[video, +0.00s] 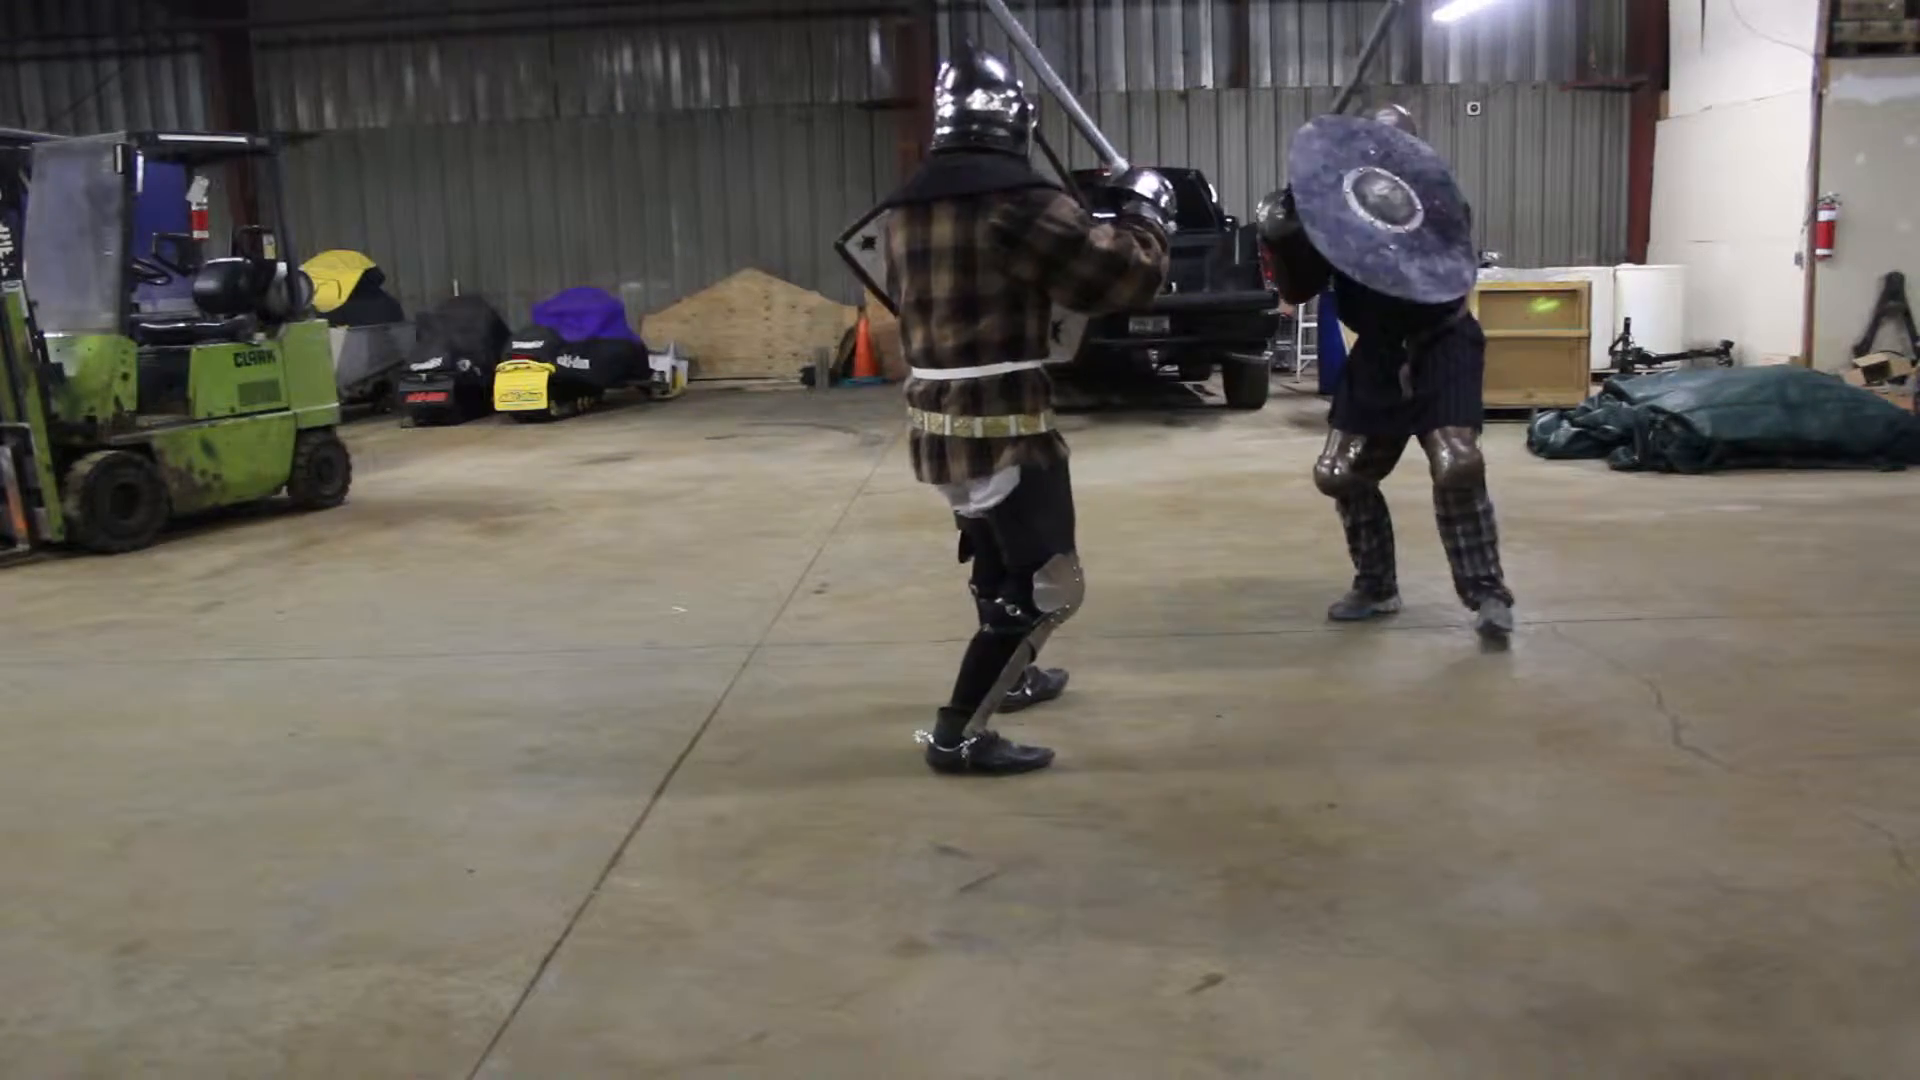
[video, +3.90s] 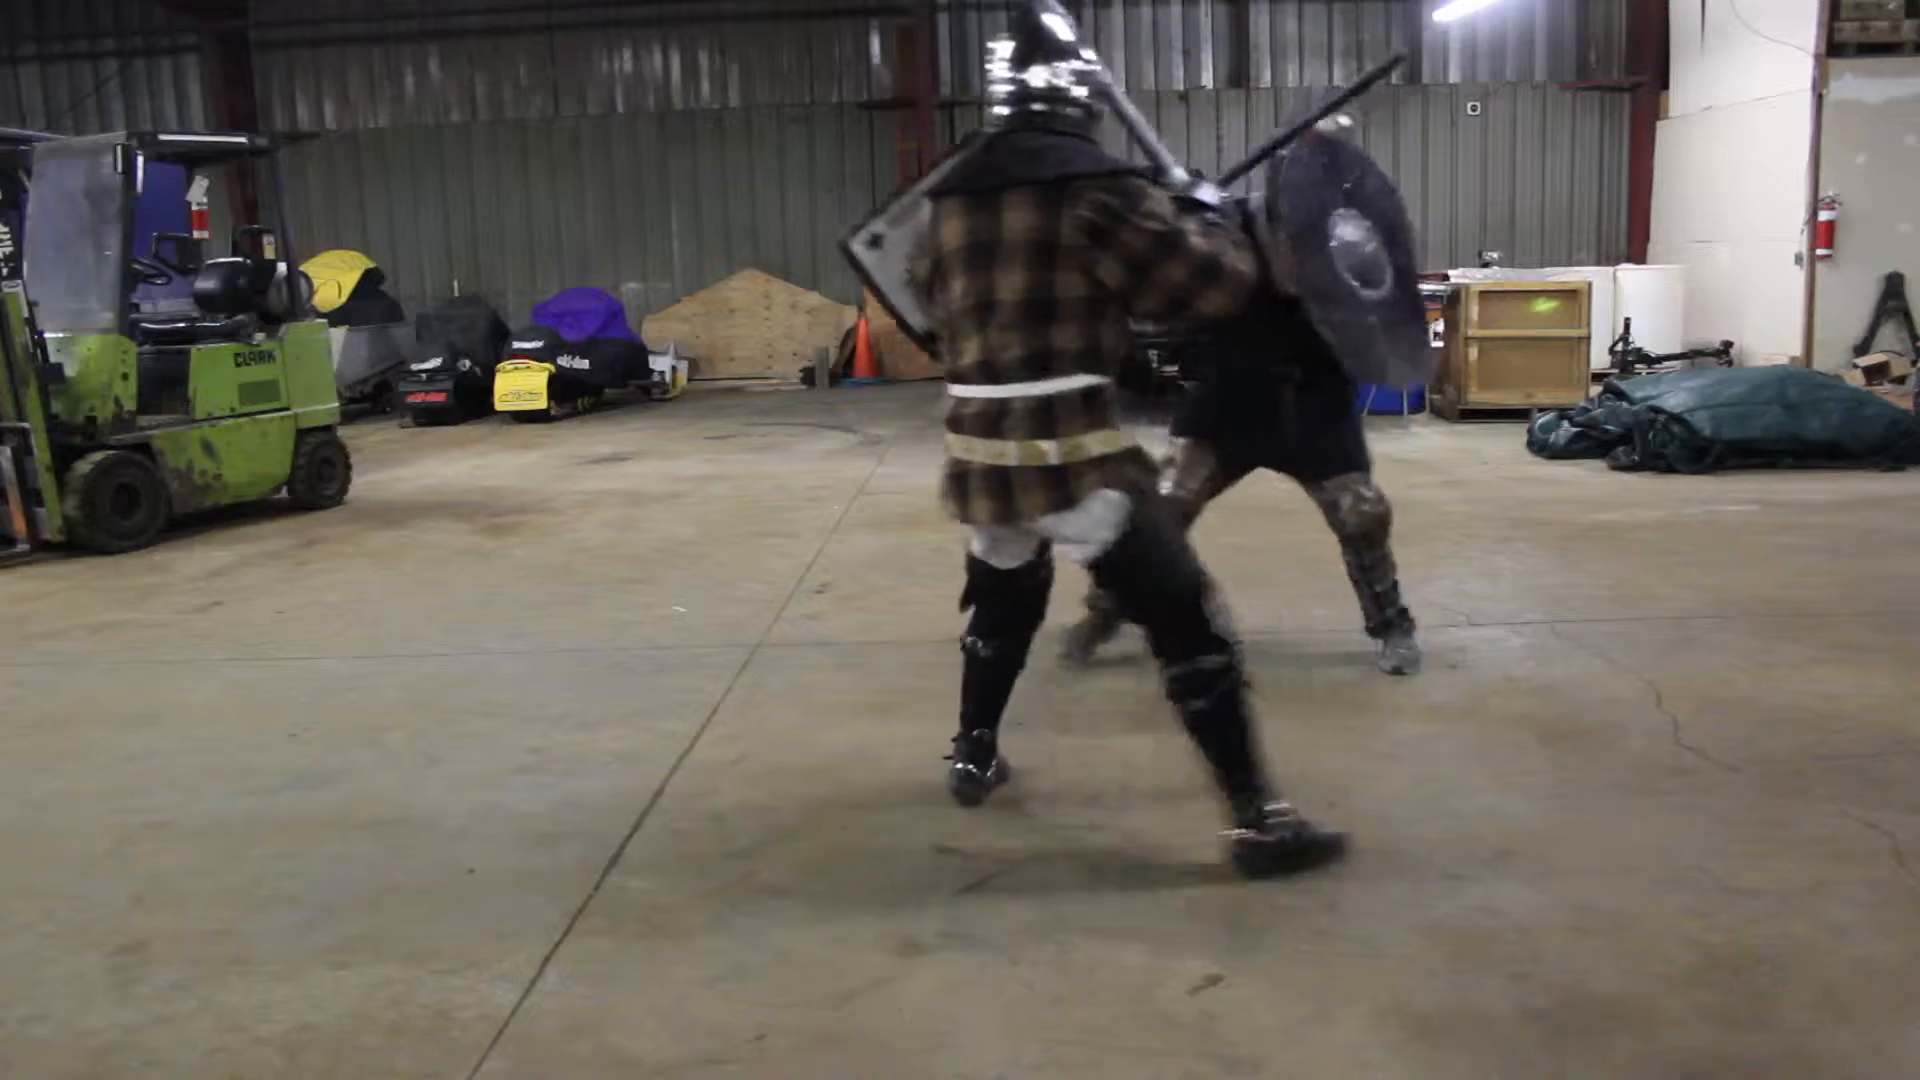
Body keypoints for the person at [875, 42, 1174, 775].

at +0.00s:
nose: (1025, 126)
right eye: (1020, 114)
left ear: (942, 116)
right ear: (1015, 117)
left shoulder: (911, 206)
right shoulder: (1019, 201)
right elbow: (1126, 273)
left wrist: (1082, 204)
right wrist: (1150, 210)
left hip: (939, 426)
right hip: (1006, 430)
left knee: (994, 556)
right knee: (1046, 587)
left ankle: (1010, 676)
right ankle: (958, 732)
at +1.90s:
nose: (1090, 99)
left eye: (1082, 85)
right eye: (1086, 86)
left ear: (998, 78)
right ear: (1076, 88)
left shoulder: (945, 175)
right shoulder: (1091, 182)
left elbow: (921, 281)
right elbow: (1186, 277)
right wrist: (1221, 217)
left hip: (959, 438)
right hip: (1062, 442)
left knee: (947, 594)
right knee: (1116, 591)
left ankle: (916, 746)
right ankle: (1068, 767)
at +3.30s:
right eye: (1119, 45)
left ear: (1025, 59)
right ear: (1116, 57)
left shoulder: (972, 172)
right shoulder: (1158, 147)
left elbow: (946, 323)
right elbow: (1259, 280)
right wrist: (1273, 209)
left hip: (1037, 454)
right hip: (1157, 448)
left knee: (1045, 634)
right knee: (1228, 619)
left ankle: (1036, 825)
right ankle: (1207, 817)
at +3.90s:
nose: (1104, 119)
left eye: (1097, 106)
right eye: (1100, 105)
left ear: (1008, 102)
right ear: (1084, 104)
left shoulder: (950, 195)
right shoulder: (1095, 191)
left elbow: (934, 315)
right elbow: (1221, 281)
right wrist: (1218, 215)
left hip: (982, 460)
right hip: (1085, 460)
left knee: (1002, 606)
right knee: (1185, 619)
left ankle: (972, 754)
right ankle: (1256, 814)